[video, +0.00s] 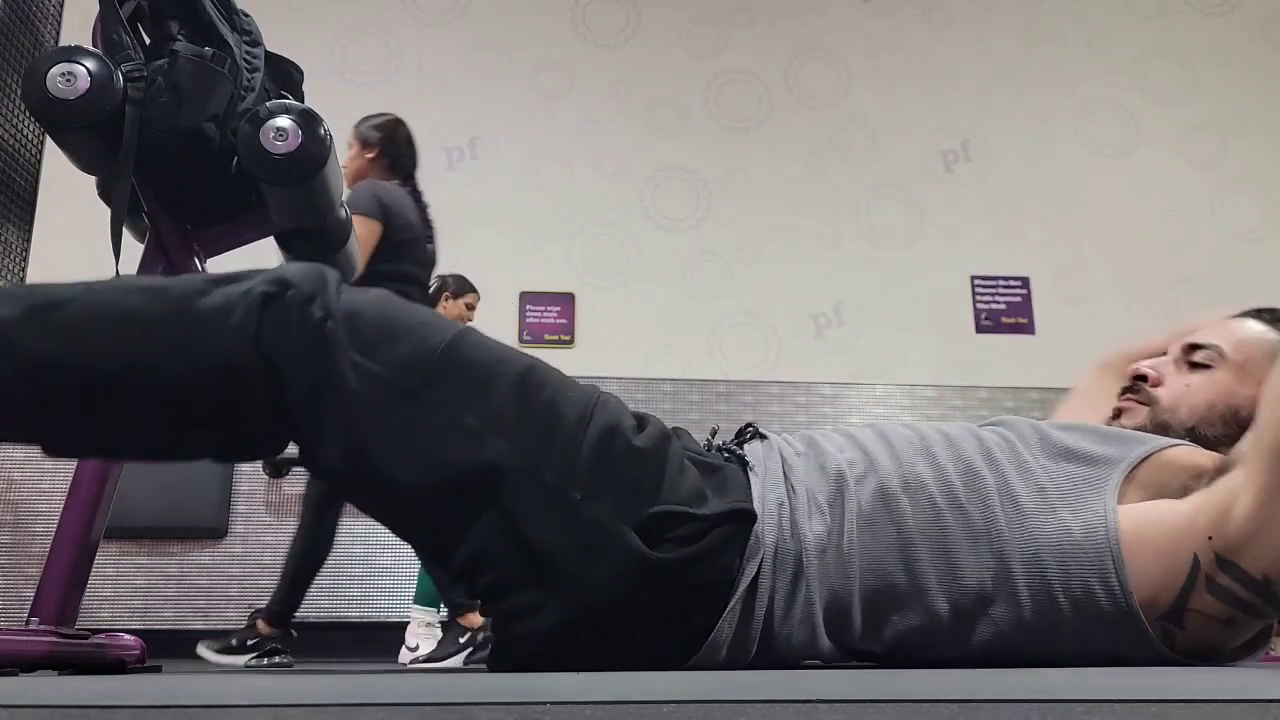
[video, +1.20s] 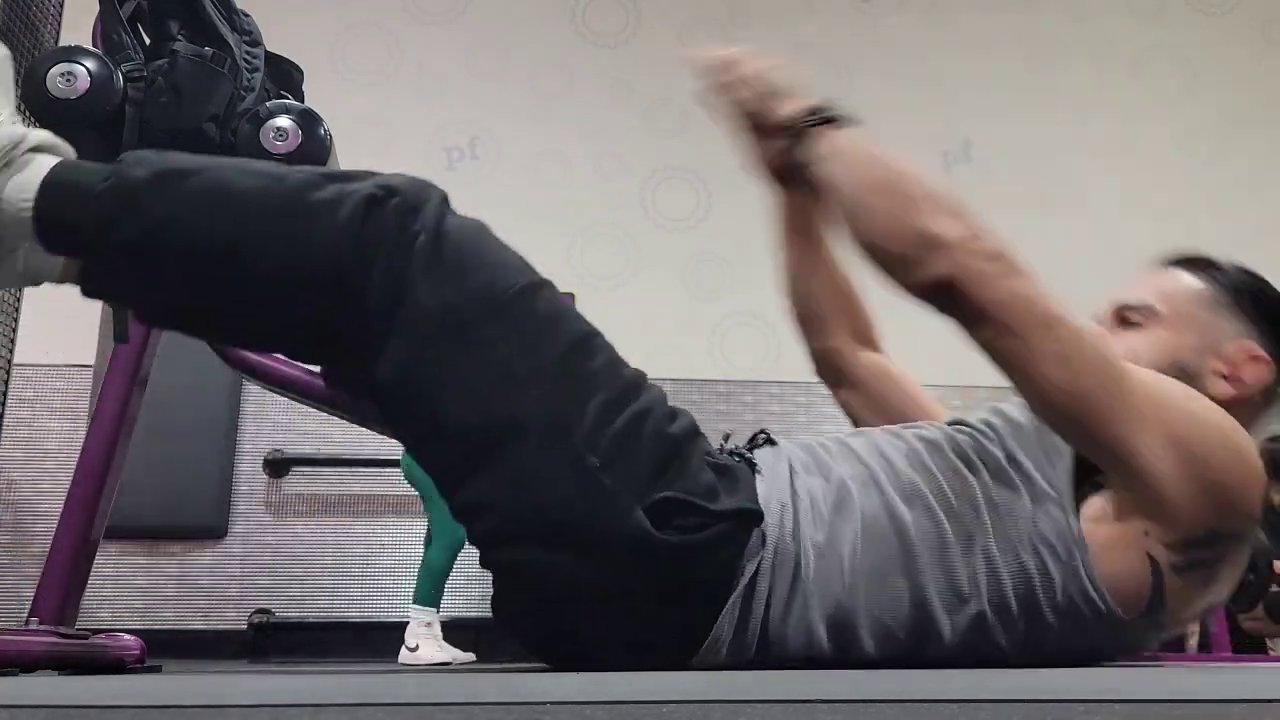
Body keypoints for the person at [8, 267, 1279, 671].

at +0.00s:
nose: (1179, 364)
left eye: (1217, 368)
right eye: (1183, 347)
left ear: (1249, 427)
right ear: (1144, 370)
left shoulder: (1193, 547)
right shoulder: (1082, 457)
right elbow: (1108, 373)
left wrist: (1239, 363)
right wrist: (1155, 375)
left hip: (694, 558)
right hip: (676, 497)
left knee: (308, 324)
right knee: (310, 320)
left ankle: (12, 340)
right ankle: (19, 336)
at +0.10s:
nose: (1193, 378)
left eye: (1224, 383)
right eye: (1203, 369)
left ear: (1254, 436)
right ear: (1187, 408)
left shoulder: (1205, 548)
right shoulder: (1131, 480)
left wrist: (1249, 428)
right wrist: (1235, 418)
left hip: (689, 554)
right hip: (682, 488)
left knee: (272, 353)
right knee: (281, 347)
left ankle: (7, 390)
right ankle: (19, 389)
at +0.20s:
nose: (1194, 385)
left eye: (1225, 393)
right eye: (1203, 376)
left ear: (1254, 447)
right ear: (1178, 411)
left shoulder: (1209, 545)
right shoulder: (1123, 481)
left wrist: (1245, 444)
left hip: (683, 556)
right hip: (677, 481)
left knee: (241, 389)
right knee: (326, 410)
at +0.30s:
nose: (1187, 390)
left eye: (1216, 398)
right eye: (1195, 383)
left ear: (1243, 454)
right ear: (1173, 420)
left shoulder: (1203, 547)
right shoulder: (1123, 494)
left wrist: (1257, 439)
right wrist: (1234, 430)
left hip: (669, 537)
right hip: (666, 505)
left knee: (226, 422)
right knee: (261, 422)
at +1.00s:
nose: (1182, 395)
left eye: (1214, 390)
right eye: (1188, 378)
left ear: (1244, 449)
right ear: (1171, 411)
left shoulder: (1190, 568)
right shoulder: (1091, 463)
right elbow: (1075, 384)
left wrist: (1244, 310)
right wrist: (1222, 294)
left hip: (671, 552)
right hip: (657, 484)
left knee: (324, 289)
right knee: (322, 296)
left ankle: (3, 303)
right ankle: (12, 311)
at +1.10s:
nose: (1222, 371)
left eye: (1252, 374)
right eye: (1237, 355)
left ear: (1265, 440)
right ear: (1205, 390)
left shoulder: (1215, 542)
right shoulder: (1087, 488)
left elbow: (1132, 248)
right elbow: (947, 391)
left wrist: (1115, 169)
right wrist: (1016, 209)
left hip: (683, 564)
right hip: (674, 508)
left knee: (365, 268)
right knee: (373, 287)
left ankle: (14, 237)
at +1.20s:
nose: (1098, 340)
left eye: (1140, 330)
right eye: (1113, 323)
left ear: (1239, 378)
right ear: (1191, 370)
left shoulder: (1219, 479)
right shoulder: (1059, 470)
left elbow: (961, 265)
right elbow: (864, 366)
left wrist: (808, 128)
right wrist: (791, 180)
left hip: (700, 566)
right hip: (677, 528)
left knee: (401, 246)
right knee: (404, 244)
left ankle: (38, 215)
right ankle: (69, 197)